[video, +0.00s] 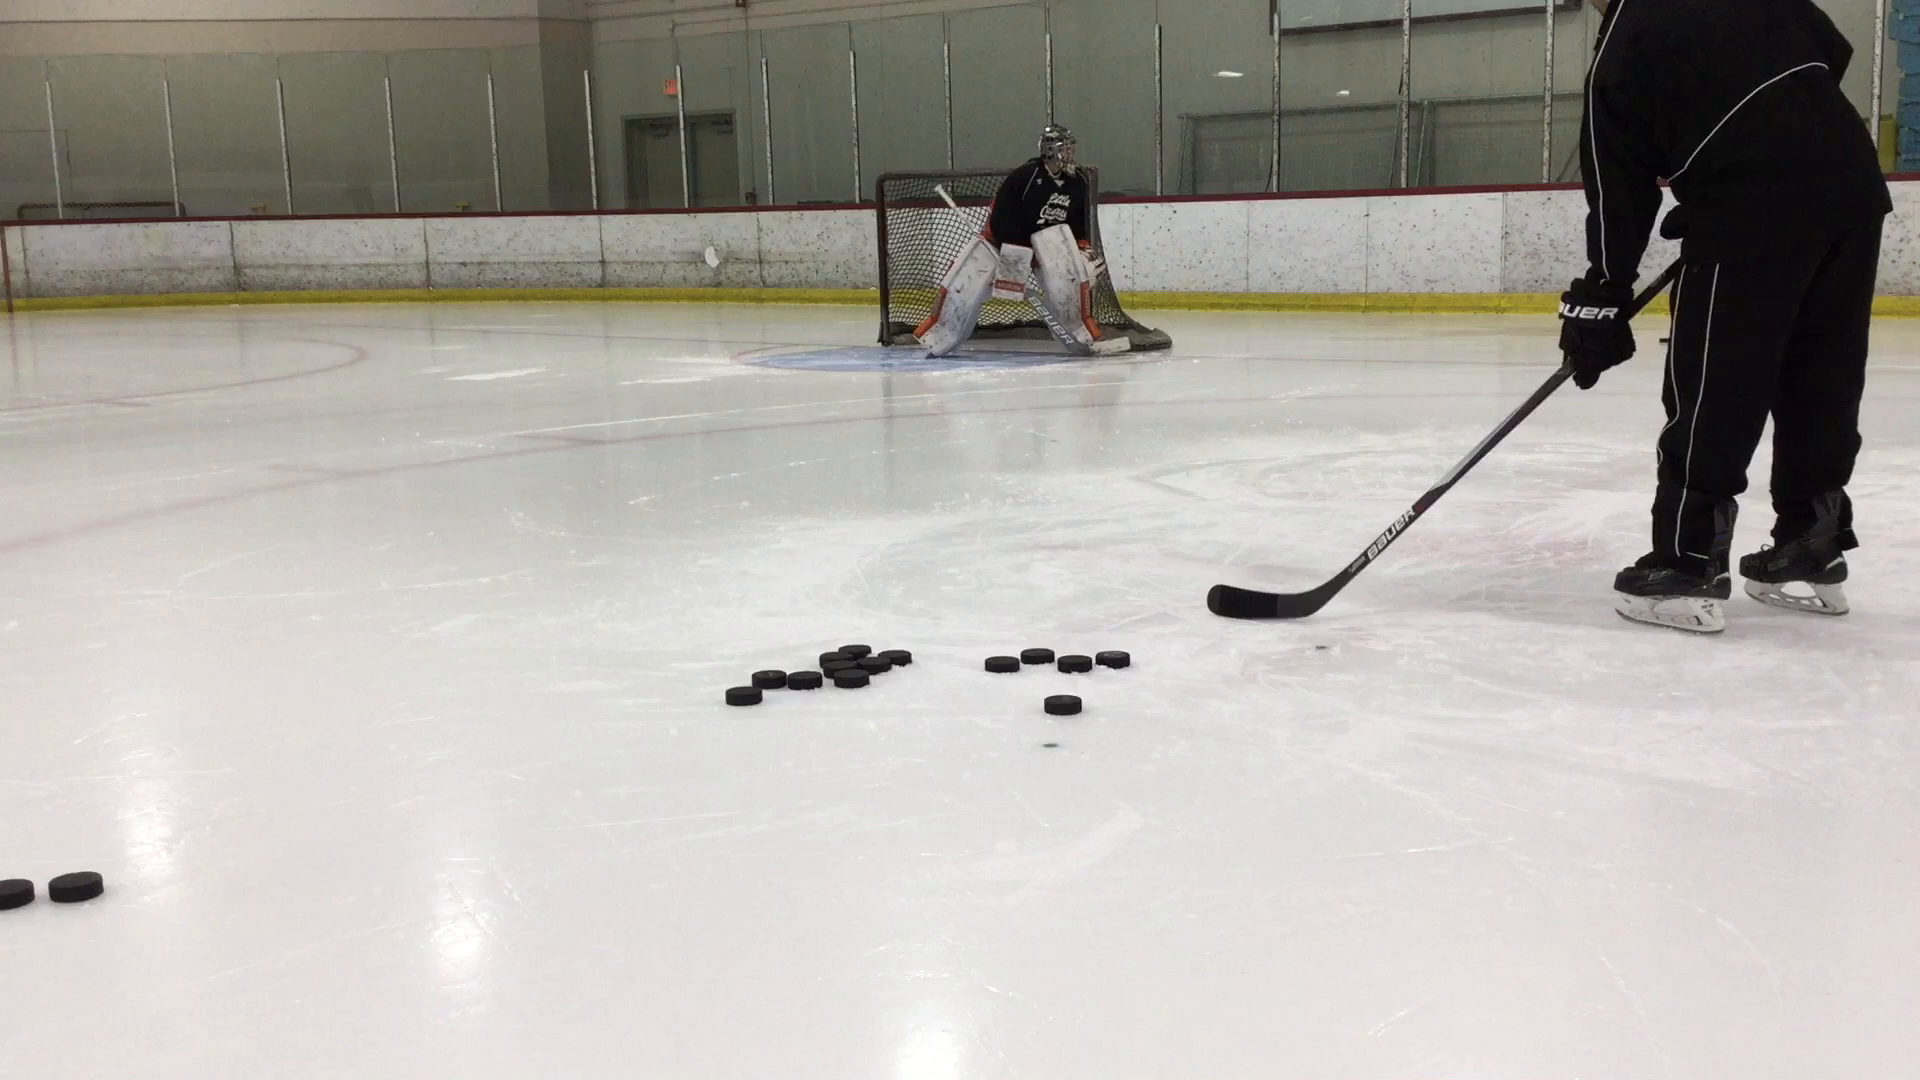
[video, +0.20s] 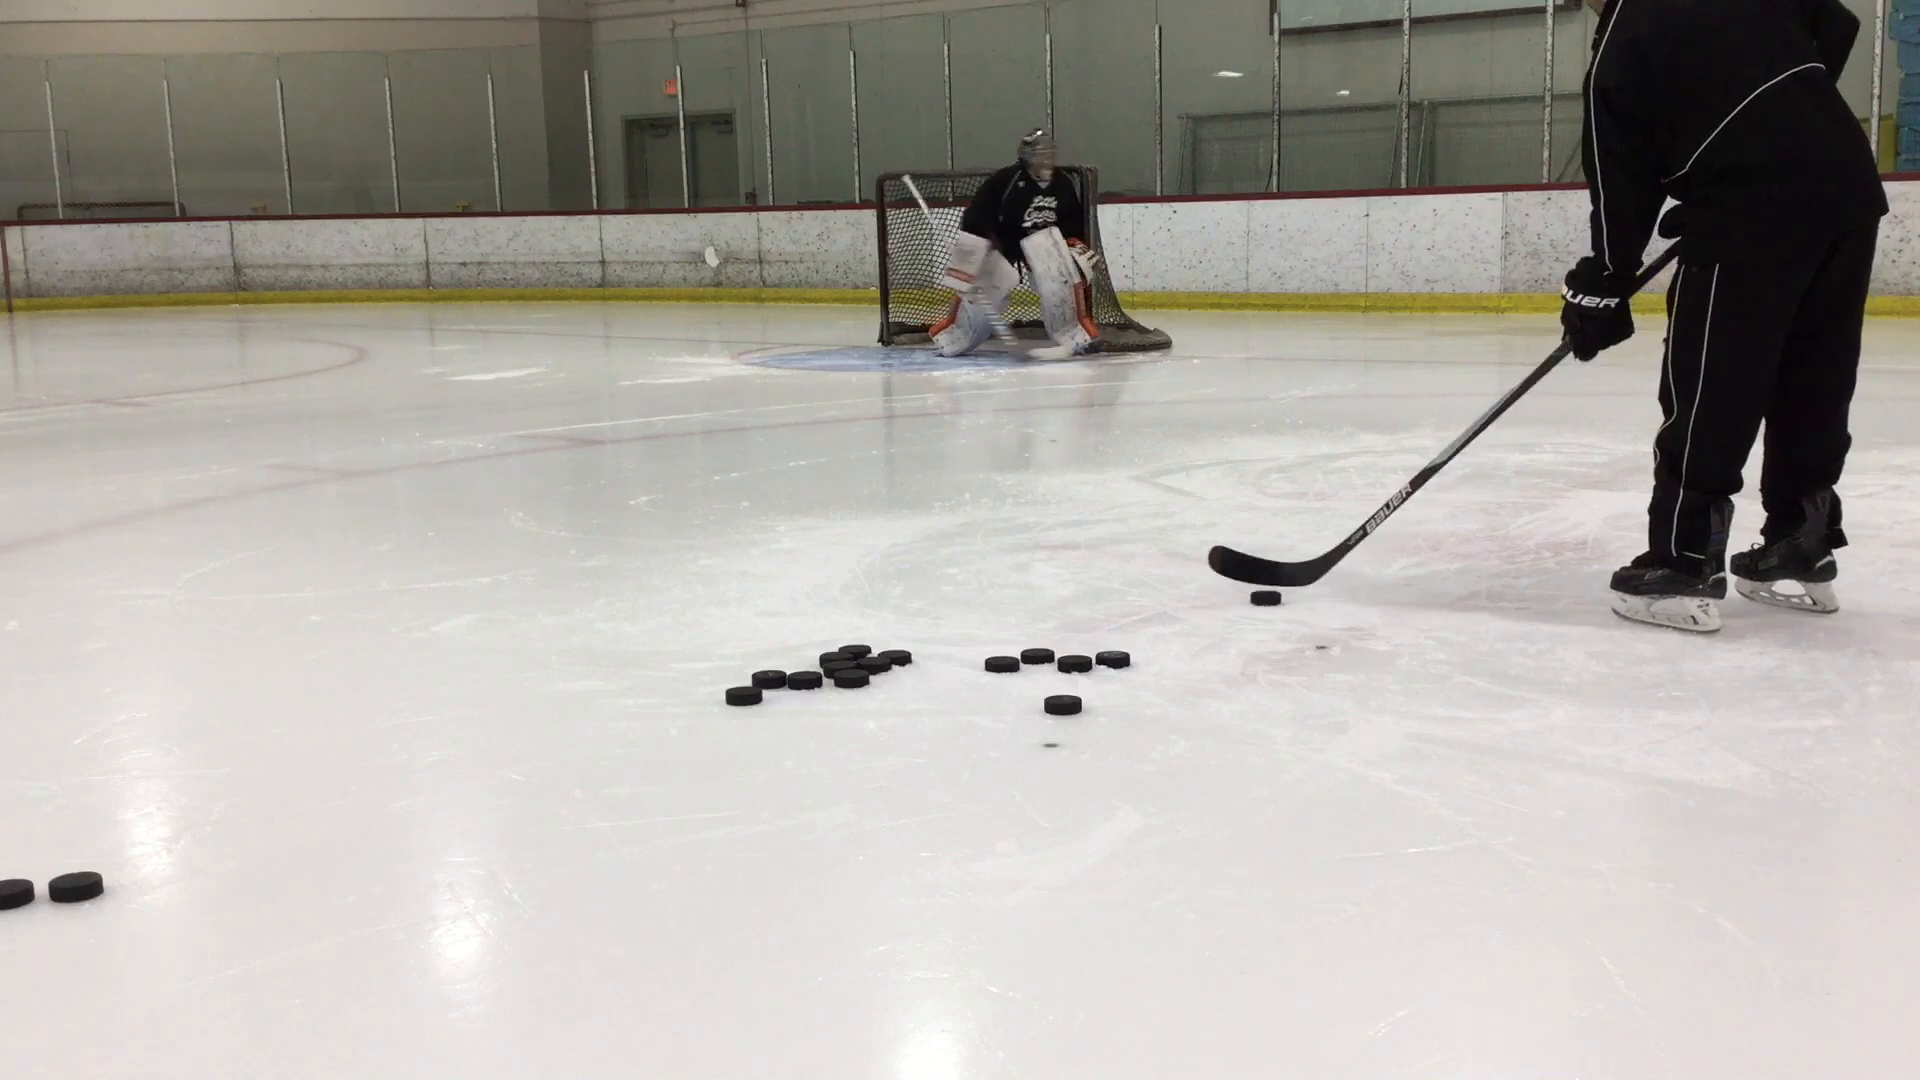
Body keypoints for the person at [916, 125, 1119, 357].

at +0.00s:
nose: (1069, 155)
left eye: (1070, 150)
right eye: (1063, 150)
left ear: (1072, 151)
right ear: (1048, 152)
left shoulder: (1077, 184)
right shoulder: (1024, 177)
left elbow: (1079, 223)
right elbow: (1002, 219)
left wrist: (1083, 249)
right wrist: (1016, 259)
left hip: (1051, 245)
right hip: (1007, 242)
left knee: (1077, 277)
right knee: (965, 280)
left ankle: (1084, 333)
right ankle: (933, 332)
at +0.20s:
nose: (1047, 162)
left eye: (1050, 156)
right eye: (1041, 157)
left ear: (1054, 157)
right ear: (1027, 159)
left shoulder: (1063, 184)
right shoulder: (1002, 183)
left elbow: (1072, 222)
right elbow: (975, 224)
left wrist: (1075, 248)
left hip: (1046, 246)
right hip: (1004, 248)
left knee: (1059, 283)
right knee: (985, 291)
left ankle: (1073, 337)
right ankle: (958, 340)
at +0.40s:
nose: (976, 170)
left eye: (981, 164)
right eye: (972, 165)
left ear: (994, 166)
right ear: (966, 167)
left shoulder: (1019, 190)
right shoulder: (954, 192)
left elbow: (1047, 228)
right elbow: (920, 228)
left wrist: (1040, 253)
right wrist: (894, 257)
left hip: (1011, 256)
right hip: (970, 257)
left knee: (1027, 292)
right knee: (933, 285)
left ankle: (1061, 338)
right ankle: (946, 337)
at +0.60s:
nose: (892, 173)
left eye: (898, 167)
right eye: (889, 167)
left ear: (911, 170)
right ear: (883, 171)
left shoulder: (930, 194)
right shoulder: (878, 199)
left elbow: (964, 220)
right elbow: (854, 230)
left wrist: (956, 242)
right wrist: (833, 257)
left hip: (941, 258)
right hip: (902, 258)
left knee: (978, 302)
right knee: (855, 276)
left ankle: (1053, 337)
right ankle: (884, 331)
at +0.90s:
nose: (811, 171)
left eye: (818, 166)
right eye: (809, 166)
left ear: (833, 168)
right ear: (807, 168)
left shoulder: (856, 191)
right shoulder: (800, 195)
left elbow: (891, 224)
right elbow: (779, 232)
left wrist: (874, 249)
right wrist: (758, 271)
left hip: (850, 264)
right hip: (817, 265)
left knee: (870, 310)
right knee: (797, 308)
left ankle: (919, 348)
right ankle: (765, 352)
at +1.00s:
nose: (803, 178)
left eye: (809, 172)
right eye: (800, 172)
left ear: (823, 175)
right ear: (795, 173)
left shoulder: (843, 197)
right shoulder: (787, 199)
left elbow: (879, 226)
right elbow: (765, 236)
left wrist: (864, 254)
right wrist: (745, 274)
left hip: (841, 258)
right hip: (807, 258)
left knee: (845, 304)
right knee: (779, 300)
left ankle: (897, 345)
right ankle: (744, 353)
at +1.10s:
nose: (795, 183)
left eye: (802, 179)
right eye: (793, 177)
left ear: (815, 181)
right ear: (788, 178)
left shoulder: (836, 203)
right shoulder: (779, 204)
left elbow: (874, 235)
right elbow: (755, 243)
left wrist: (852, 257)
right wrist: (732, 278)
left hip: (825, 269)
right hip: (788, 267)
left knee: (831, 312)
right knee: (769, 308)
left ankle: (887, 343)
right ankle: (741, 353)